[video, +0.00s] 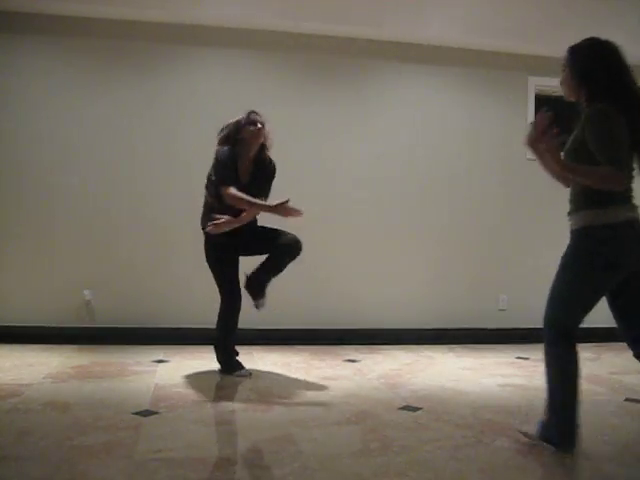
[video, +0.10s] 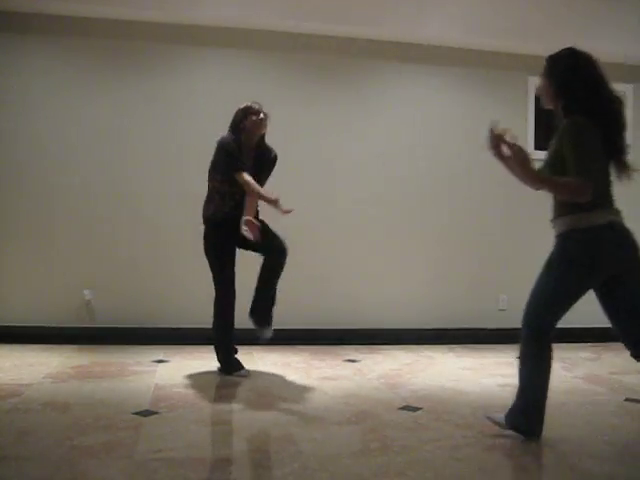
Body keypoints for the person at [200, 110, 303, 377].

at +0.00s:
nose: (256, 125)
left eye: (259, 123)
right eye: (249, 123)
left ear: (265, 134)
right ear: (239, 132)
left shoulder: (266, 166)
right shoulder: (225, 155)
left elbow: (254, 207)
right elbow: (228, 194)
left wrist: (233, 223)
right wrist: (271, 208)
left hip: (246, 232)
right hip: (219, 236)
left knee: (291, 244)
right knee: (231, 297)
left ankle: (257, 282)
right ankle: (227, 360)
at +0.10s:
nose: (260, 118)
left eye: (263, 114)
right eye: (253, 114)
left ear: (267, 123)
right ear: (241, 123)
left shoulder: (266, 154)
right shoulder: (227, 145)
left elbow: (252, 190)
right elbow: (241, 177)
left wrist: (248, 218)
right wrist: (270, 198)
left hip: (245, 222)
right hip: (219, 224)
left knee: (277, 250)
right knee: (225, 292)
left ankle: (261, 314)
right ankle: (226, 359)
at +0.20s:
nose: (262, 109)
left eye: (265, 105)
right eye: (256, 104)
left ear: (269, 111)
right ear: (242, 109)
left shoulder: (269, 141)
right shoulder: (226, 134)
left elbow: (267, 182)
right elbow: (230, 175)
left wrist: (273, 222)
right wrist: (242, 211)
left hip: (252, 217)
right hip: (220, 218)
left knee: (254, 286)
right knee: (228, 287)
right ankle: (230, 361)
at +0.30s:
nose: (259, 114)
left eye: (262, 110)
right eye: (253, 109)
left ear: (265, 115)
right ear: (238, 113)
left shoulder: (267, 147)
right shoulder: (218, 142)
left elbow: (277, 189)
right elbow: (209, 182)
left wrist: (295, 225)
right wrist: (203, 217)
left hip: (255, 228)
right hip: (221, 227)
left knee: (240, 295)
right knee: (234, 295)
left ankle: (233, 368)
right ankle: (247, 351)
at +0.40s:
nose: (260, 112)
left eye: (262, 108)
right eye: (254, 107)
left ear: (264, 113)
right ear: (238, 110)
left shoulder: (266, 147)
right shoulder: (214, 143)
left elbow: (280, 191)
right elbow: (194, 183)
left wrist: (314, 212)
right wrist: (163, 210)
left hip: (256, 230)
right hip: (222, 229)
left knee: (244, 294)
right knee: (234, 295)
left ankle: (238, 367)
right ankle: (250, 354)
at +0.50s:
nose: (262, 112)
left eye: (262, 107)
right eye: (256, 106)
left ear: (259, 111)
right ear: (238, 109)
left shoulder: (265, 143)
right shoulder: (213, 139)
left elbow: (281, 178)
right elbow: (181, 168)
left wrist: (321, 182)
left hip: (257, 228)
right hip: (224, 226)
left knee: (249, 296)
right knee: (213, 294)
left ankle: (245, 370)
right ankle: (243, 340)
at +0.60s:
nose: (257, 114)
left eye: (258, 110)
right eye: (251, 109)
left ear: (255, 116)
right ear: (235, 112)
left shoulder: (260, 146)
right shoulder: (209, 142)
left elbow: (289, 166)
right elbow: (163, 150)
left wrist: (323, 148)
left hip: (259, 232)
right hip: (227, 232)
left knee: (252, 300)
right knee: (190, 284)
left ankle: (246, 371)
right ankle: (232, 327)